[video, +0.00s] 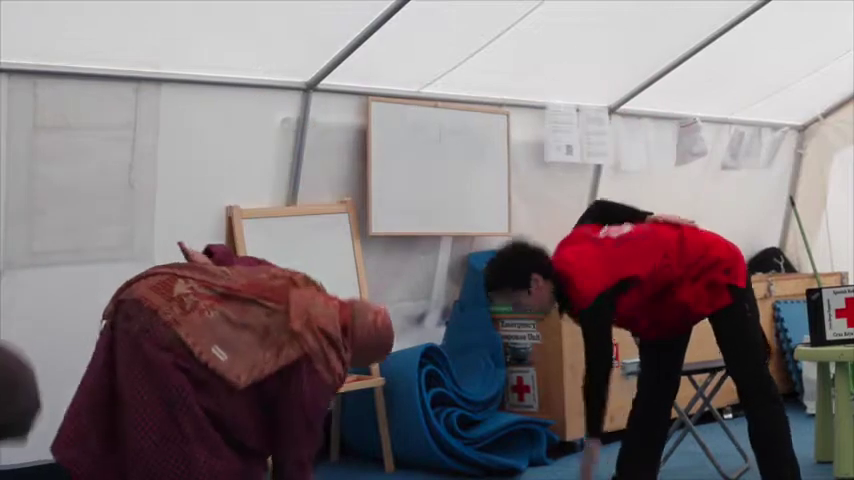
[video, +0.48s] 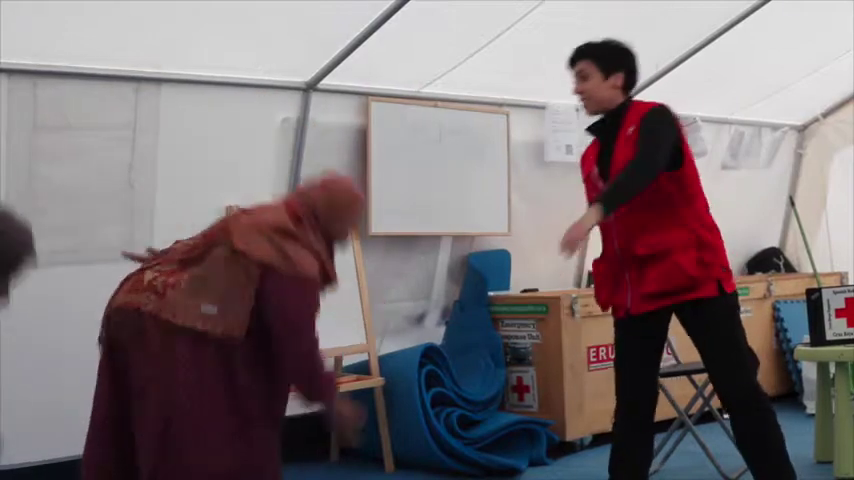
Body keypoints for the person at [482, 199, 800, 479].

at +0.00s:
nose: (521, 311)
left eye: (518, 302)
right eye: (513, 306)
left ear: (536, 284)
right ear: (537, 278)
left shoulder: (587, 285)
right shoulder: (566, 255)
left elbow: (599, 367)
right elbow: (601, 208)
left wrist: (592, 444)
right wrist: (654, 217)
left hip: (714, 269)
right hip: (662, 295)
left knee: (754, 385)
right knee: (652, 400)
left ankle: (782, 473)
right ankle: (633, 474)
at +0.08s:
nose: (514, 267)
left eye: (513, 257)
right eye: (507, 261)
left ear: (536, 241)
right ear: (537, 237)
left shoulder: (585, 262)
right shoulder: (572, 231)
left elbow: (590, 339)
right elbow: (610, 196)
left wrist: (574, 413)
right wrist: (666, 213)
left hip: (717, 271)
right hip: (664, 291)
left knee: (754, 386)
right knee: (652, 401)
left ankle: (782, 473)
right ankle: (633, 474)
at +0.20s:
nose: (518, 193)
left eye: (522, 182)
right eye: (514, 185)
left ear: (551, 173)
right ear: (545, 178)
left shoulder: (598, 199)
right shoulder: (565, 219)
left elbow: (586, 278)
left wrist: (558, 349)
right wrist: (552, 343)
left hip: (713, 270)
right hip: (658, 290)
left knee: (750, 383)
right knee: (649, 400)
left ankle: (781, 473)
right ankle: (631, 474)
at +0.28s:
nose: (530, 150)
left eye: (536, 138)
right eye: (527, 140)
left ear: (567, 133)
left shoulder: (609, 167)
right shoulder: (572, 191)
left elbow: (591, 242)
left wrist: (555, 307)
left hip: (708, 272)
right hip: (653, 288)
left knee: (748, 387)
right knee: (645, 401)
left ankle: (780, 473)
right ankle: (631, 474)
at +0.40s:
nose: (558, 104)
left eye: (564, 93)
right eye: (556, 95)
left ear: (598, 91)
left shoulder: (636, 130)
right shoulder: (586, 162)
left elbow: (618, 191)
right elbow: (613, 231)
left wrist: (569, 246)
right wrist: (618, 291)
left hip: (697, 271)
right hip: (642, 286)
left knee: (741, 387)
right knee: (636, 406)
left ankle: (777, 475)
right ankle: (627, 476)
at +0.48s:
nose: (576, 89)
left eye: (584, 78)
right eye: (575, 81)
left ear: (617, 80)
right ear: (605, 84)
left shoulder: (654, 117)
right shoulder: (593, 155)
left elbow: (644, 170)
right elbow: (618, 225)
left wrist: (592, 213)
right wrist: (611, 271)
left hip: (694, 270)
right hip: (636, 283)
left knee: (739, 390)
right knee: (632, 406)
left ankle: (777, 476)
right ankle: (625, 477)